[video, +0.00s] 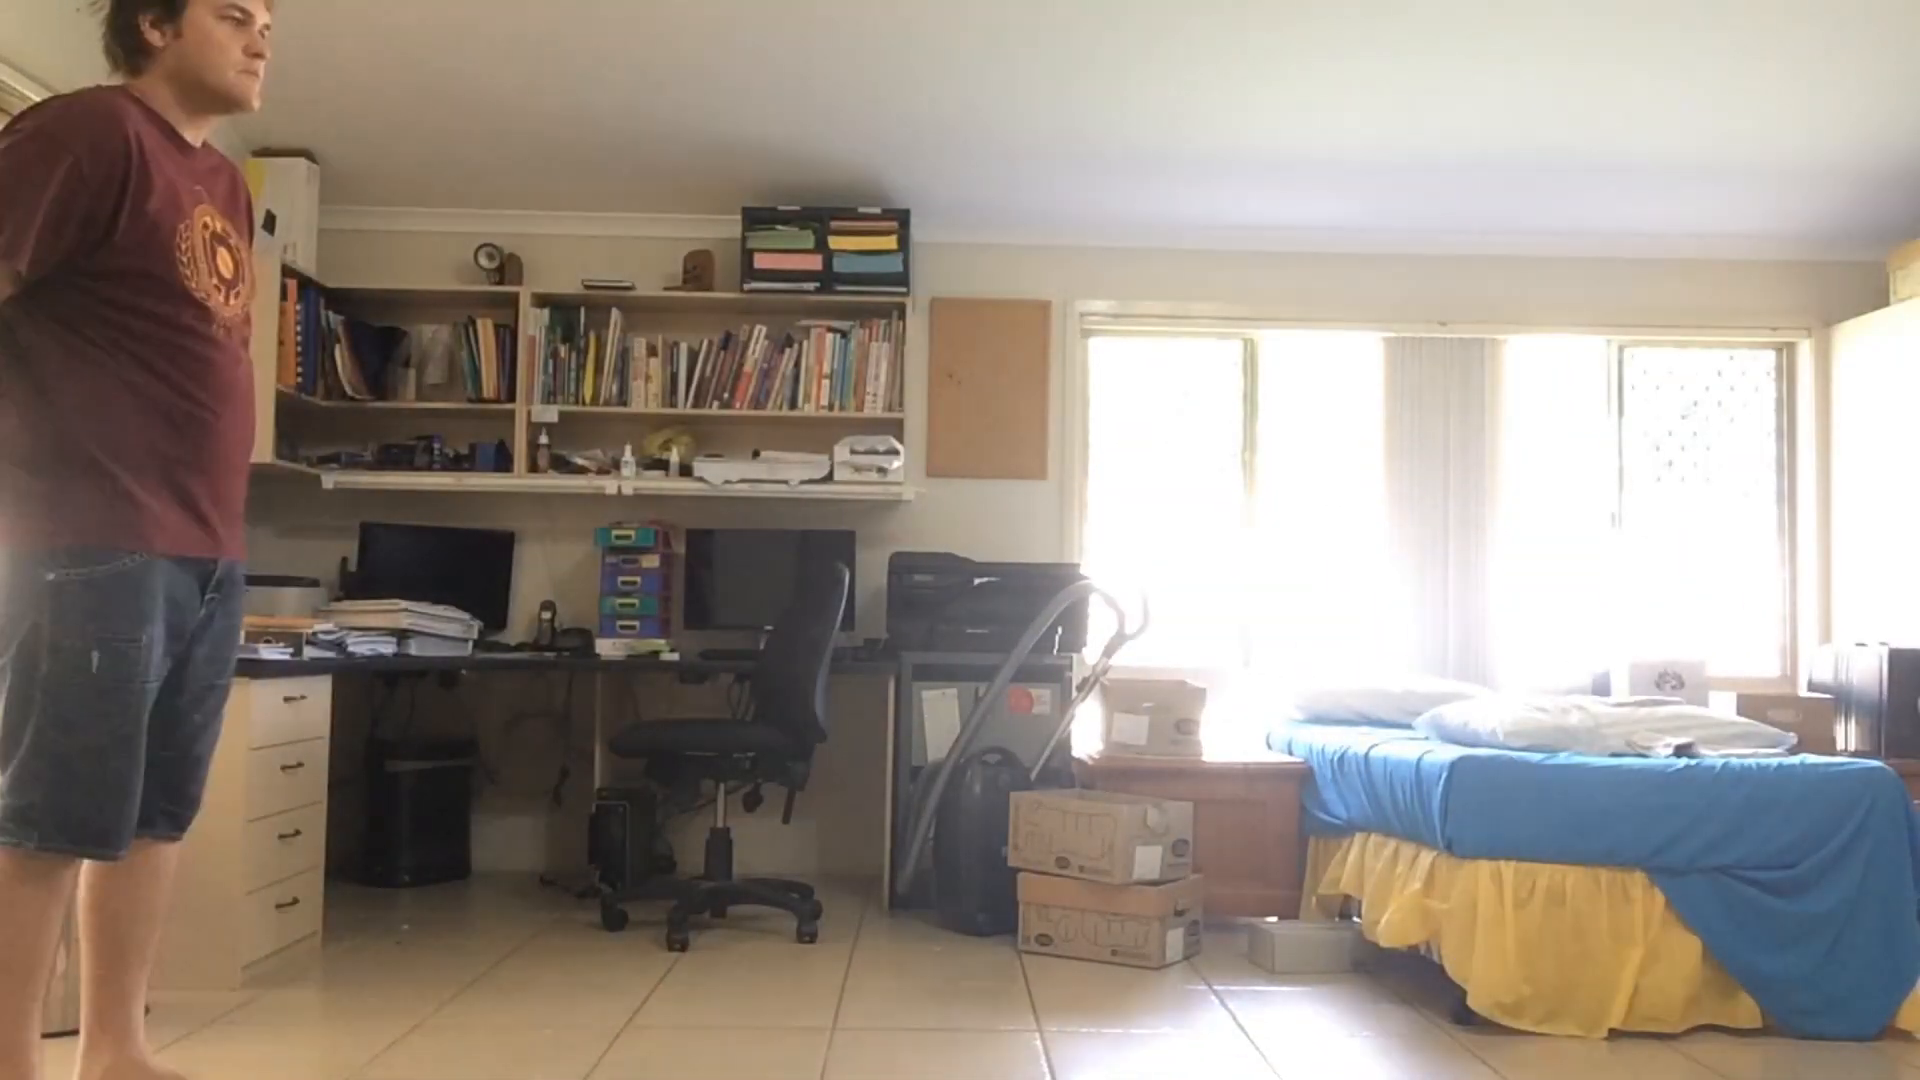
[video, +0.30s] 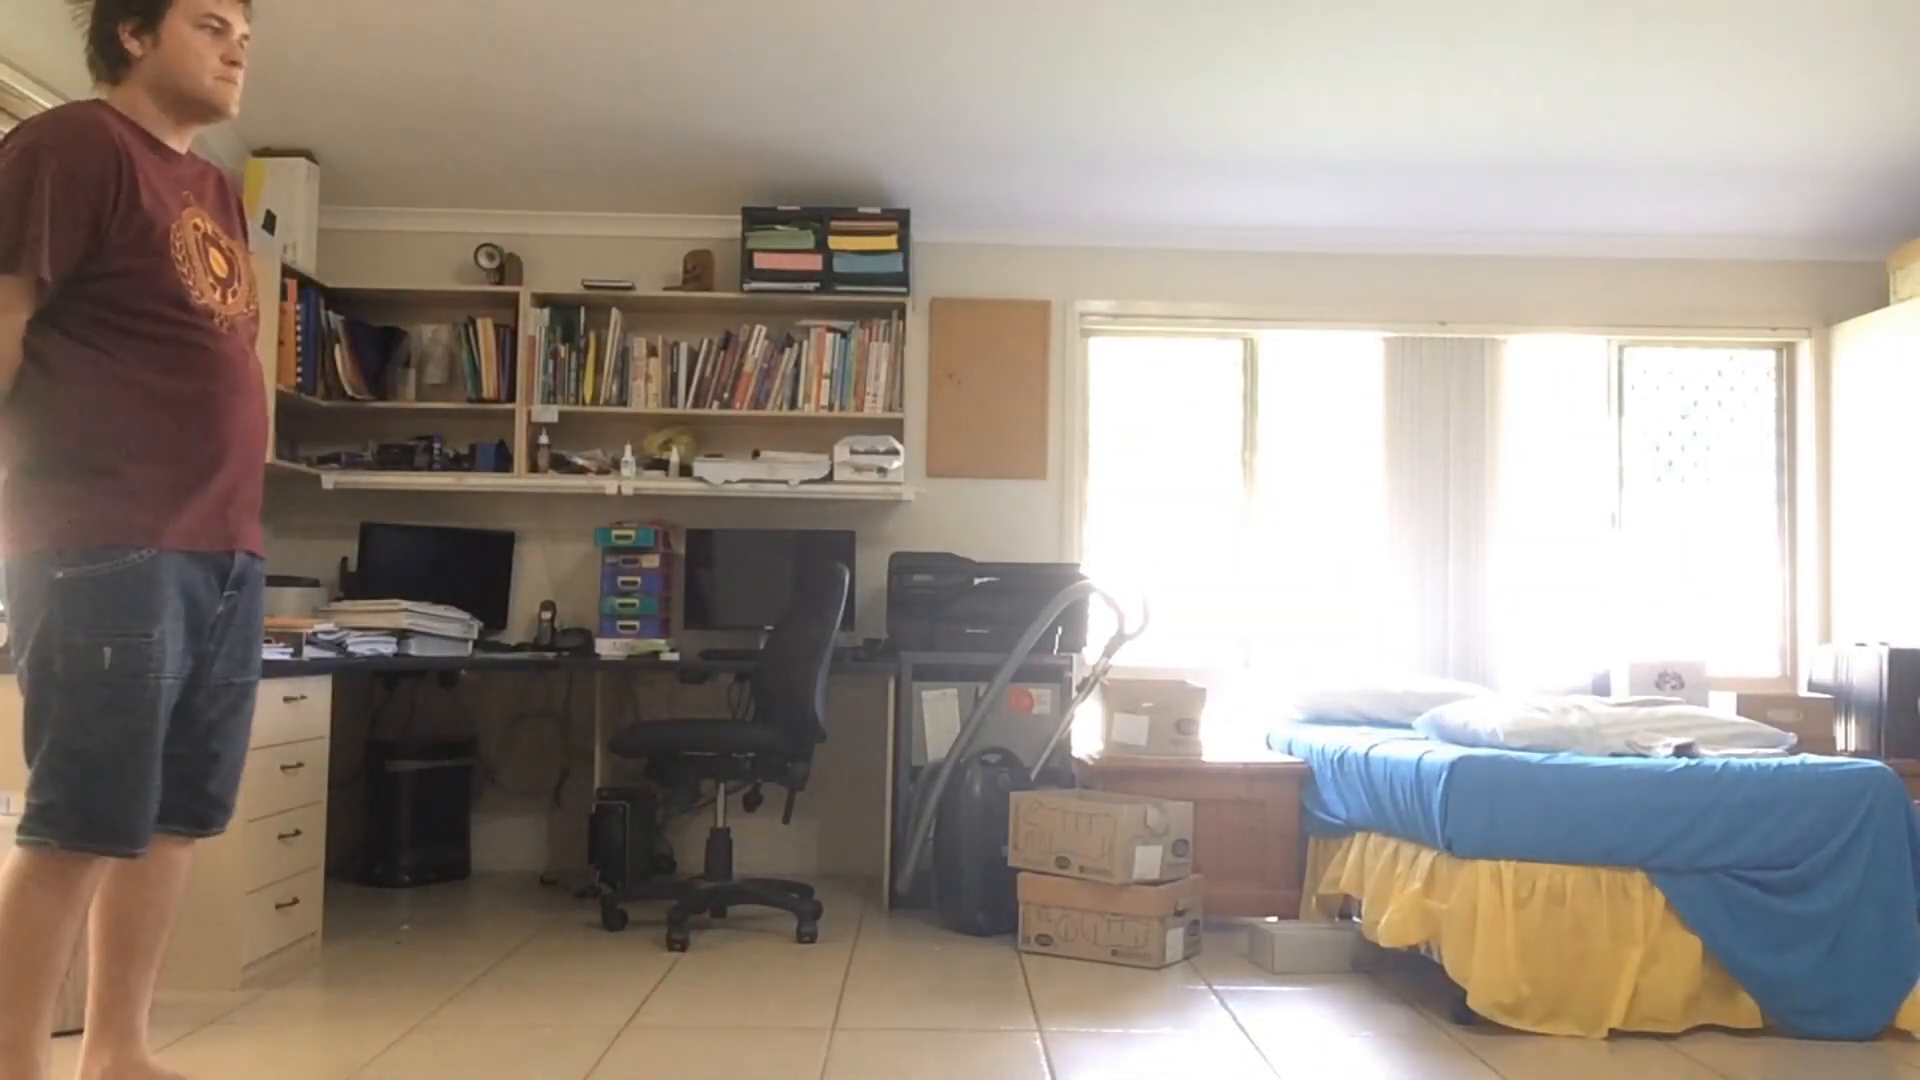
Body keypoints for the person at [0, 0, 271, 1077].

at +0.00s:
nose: (262, 32)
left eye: (265, 17)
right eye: (234, 11)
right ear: (156, 29)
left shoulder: (230, 180)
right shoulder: (82, 131)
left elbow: (210, 350)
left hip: (203, 540)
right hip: (79, 537)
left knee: (150, 819)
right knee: (43, 826)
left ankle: (115, 1052)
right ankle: (16, 1058)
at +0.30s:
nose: (240, 40)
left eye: (244, 23)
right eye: (212, 19)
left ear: (234, 48)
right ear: (135, 35)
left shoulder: (216, 185)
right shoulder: (64, 145)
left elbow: (215, 356)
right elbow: (3, 327)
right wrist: (22, 494)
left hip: (223, 544)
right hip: (97, 543)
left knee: (173, 819)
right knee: (77, 823)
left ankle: (117, 1054)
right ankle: (19, 1061)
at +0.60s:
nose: (270, 70)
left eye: (275, 54)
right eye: (245, 44)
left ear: (272, 76)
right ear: (166, 53)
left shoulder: (244, 208)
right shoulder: (82, 162)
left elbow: (227, 376)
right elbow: (6, 326)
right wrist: (18, 500)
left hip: (232, 546)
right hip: (101, 541)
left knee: (192, 818)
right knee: (97, 821)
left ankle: (118, 1058)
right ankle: (21, 1065)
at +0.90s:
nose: (432, 240)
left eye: (441, 223)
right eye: (419, 212)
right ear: (341, 194)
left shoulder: (338, 310)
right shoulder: (188, 242)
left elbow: (238, 411)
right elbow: (10, 297)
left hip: (182, 560)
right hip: (57, 544)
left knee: (174, 811)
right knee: (69, 811)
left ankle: (116, 1053)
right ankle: (21, 1059)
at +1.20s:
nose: (462, 318)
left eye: (470, 301)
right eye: (451, 286)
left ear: (388, 278)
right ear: (378, 264)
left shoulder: (363, 369)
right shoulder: (223, 298)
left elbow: (230, 461)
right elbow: (21, 371)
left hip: (183, 572)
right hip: (55, 554)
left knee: (198, 807)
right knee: (98, 813)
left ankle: (118, 1054)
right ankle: (23, 1065)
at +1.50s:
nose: (378, 124)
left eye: (383, 108)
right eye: (360, 96)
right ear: (282, 89)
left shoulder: (311, 231)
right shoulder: (174, 174)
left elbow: (274, 386)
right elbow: (63, 340)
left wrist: (360, 478)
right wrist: (216, 477)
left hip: (213, 551)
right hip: (91, 542)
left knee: (176, 824)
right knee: (74, 829)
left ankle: (116, 1058)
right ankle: (25, 1062)